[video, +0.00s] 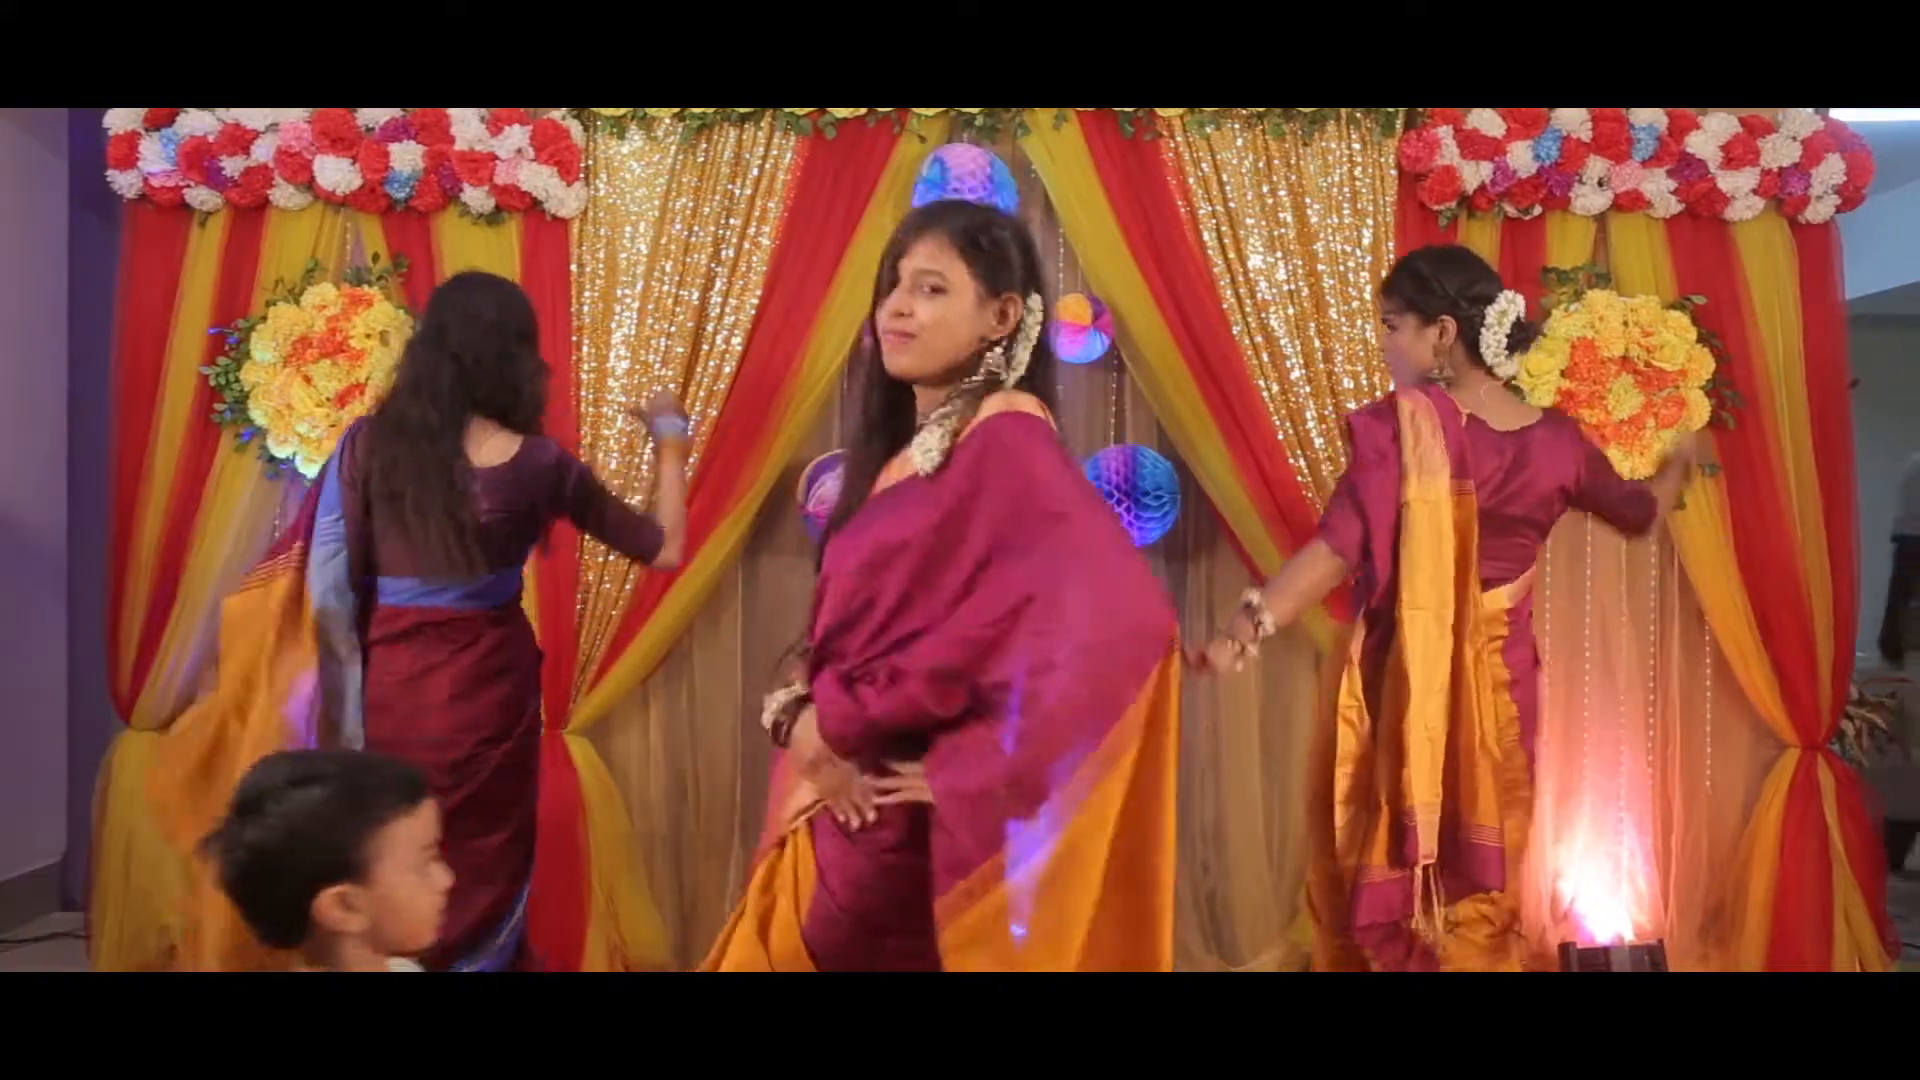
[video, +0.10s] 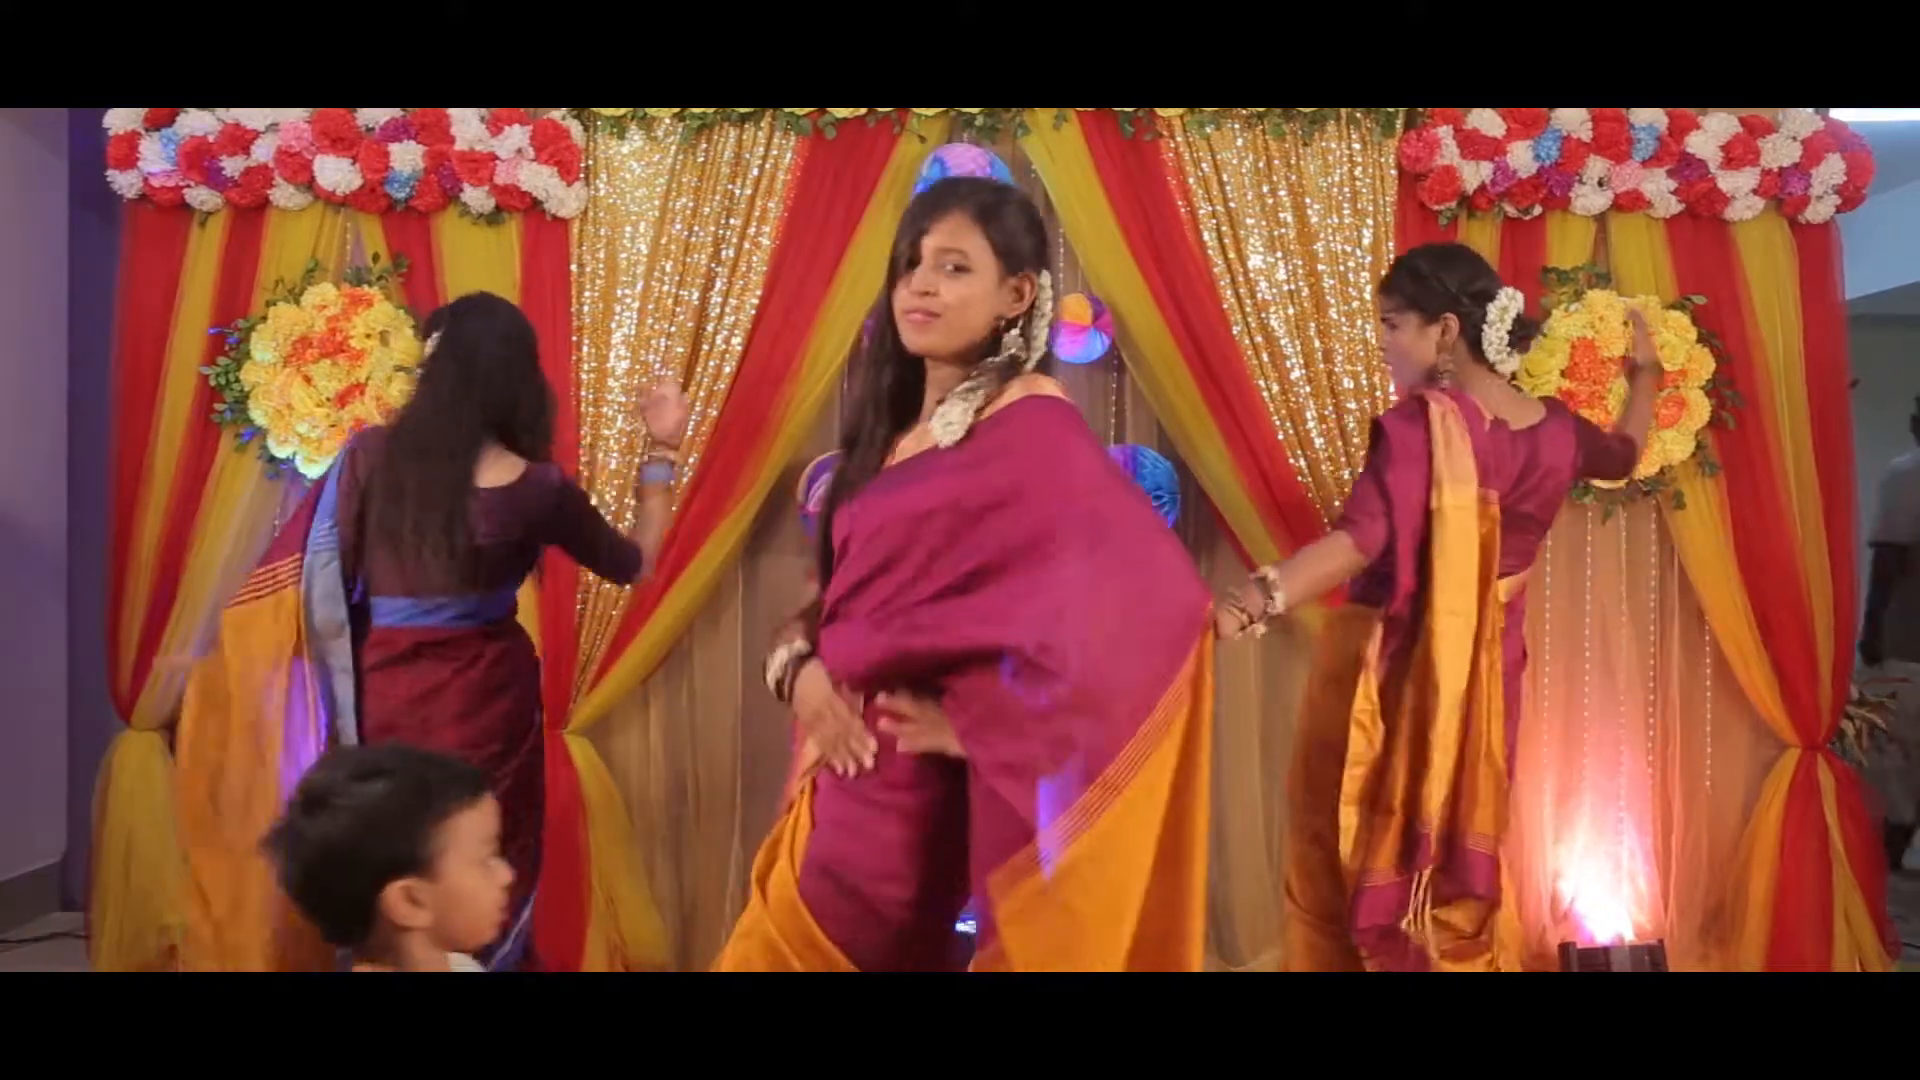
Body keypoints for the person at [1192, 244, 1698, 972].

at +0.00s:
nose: (1382, 346)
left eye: (1391, 327)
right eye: (1383, 327)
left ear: (1444, 332)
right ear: (1460, 331)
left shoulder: (1393, 427)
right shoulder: (1553, 438)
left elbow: (1338, 545)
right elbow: (1642, 512)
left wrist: (1253, 620)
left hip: (1397, 678)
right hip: (1502, 677)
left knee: (1387, 874)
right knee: (1491, 879)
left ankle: (1395, 960)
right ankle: (1484, 959)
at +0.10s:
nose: (1382, 344)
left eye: (1391, 325)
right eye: (1382, 326)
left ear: (1446, 330)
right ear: (1457, 330)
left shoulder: (1415, 425)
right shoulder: (1550, 426)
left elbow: (1361, 538)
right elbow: (1625, 451)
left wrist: (1263, 594)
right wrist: (1644, 371)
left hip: (1391, 664)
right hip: (1493, 665)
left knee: (1353, 843)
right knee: (1473, 845)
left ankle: (1367, 958)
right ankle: (1468, 961)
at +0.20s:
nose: (1383, 347)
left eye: (1394, 329)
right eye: (1382, 328)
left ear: (1449, 334)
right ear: (1455, 336)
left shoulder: (1421, 426)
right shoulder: (1538, 426)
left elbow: (1388, 551)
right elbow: (1594, 448)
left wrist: (1293, 603)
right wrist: (1599, 340)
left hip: (1379, 659)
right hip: (1482, 665)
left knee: (1335, 864)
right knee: (1466, 858)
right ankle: (1458, 964)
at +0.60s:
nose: (1376, 364)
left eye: (1393, 346)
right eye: (1376, 345)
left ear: (1451, 355)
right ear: (1454, 359)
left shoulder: (1423, 433)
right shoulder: (1488, 432)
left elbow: (1429, 550)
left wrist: (1364, 619)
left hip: (1394, 687)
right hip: (1463, 685)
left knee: (1315, 892)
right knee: (1444, 887)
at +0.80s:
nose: (1372, 348)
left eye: (1391, 329)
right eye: (1368, 330)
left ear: (1446, 338)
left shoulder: (1450, 423)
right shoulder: (1429, 421)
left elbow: (1461, 519)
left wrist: (1437, 584)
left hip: (1384, 650)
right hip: (1367, 646)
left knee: (1346, 848)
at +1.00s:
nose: (1374, 349)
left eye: (1393, 330)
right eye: (1366, 329)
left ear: (1446, 340)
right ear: (1362, 336)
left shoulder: (1467, 430)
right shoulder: (1392, 431)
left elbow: (1495, 520)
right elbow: (1358, 400)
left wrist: (1483, 576)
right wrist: (1339, 325)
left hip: (1407, 658)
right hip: (1343, 656)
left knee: (1348, 873)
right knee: (1295, 863)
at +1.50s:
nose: (1375, 361)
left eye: (1399, 343)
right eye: (1367, 343)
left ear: (1448, 356)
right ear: (1358, 348)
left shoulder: (1487, 440)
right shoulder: (1388, 463)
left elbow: (1533, 565)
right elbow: (1302, 475)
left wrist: (1559, 633)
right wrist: (1266, 398)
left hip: (1441, 701)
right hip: (1364, 704)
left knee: (1353, 895)